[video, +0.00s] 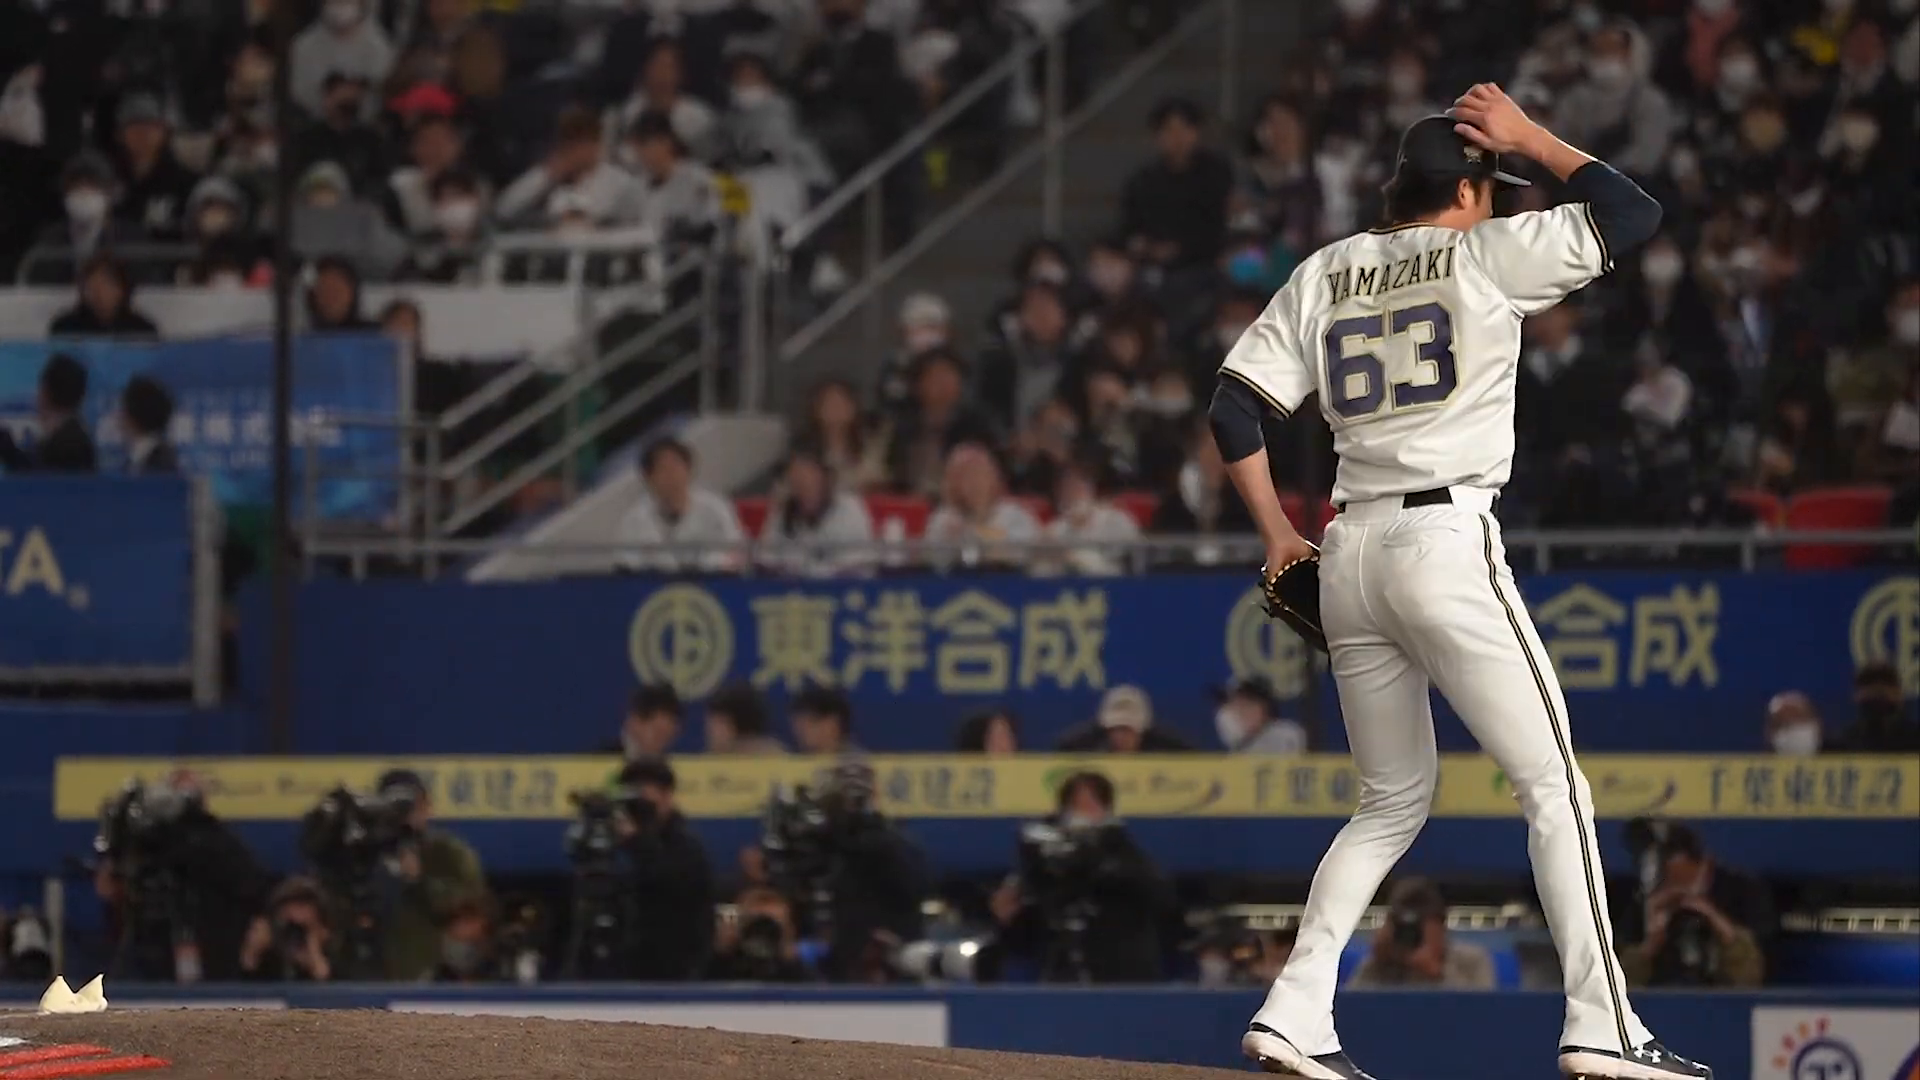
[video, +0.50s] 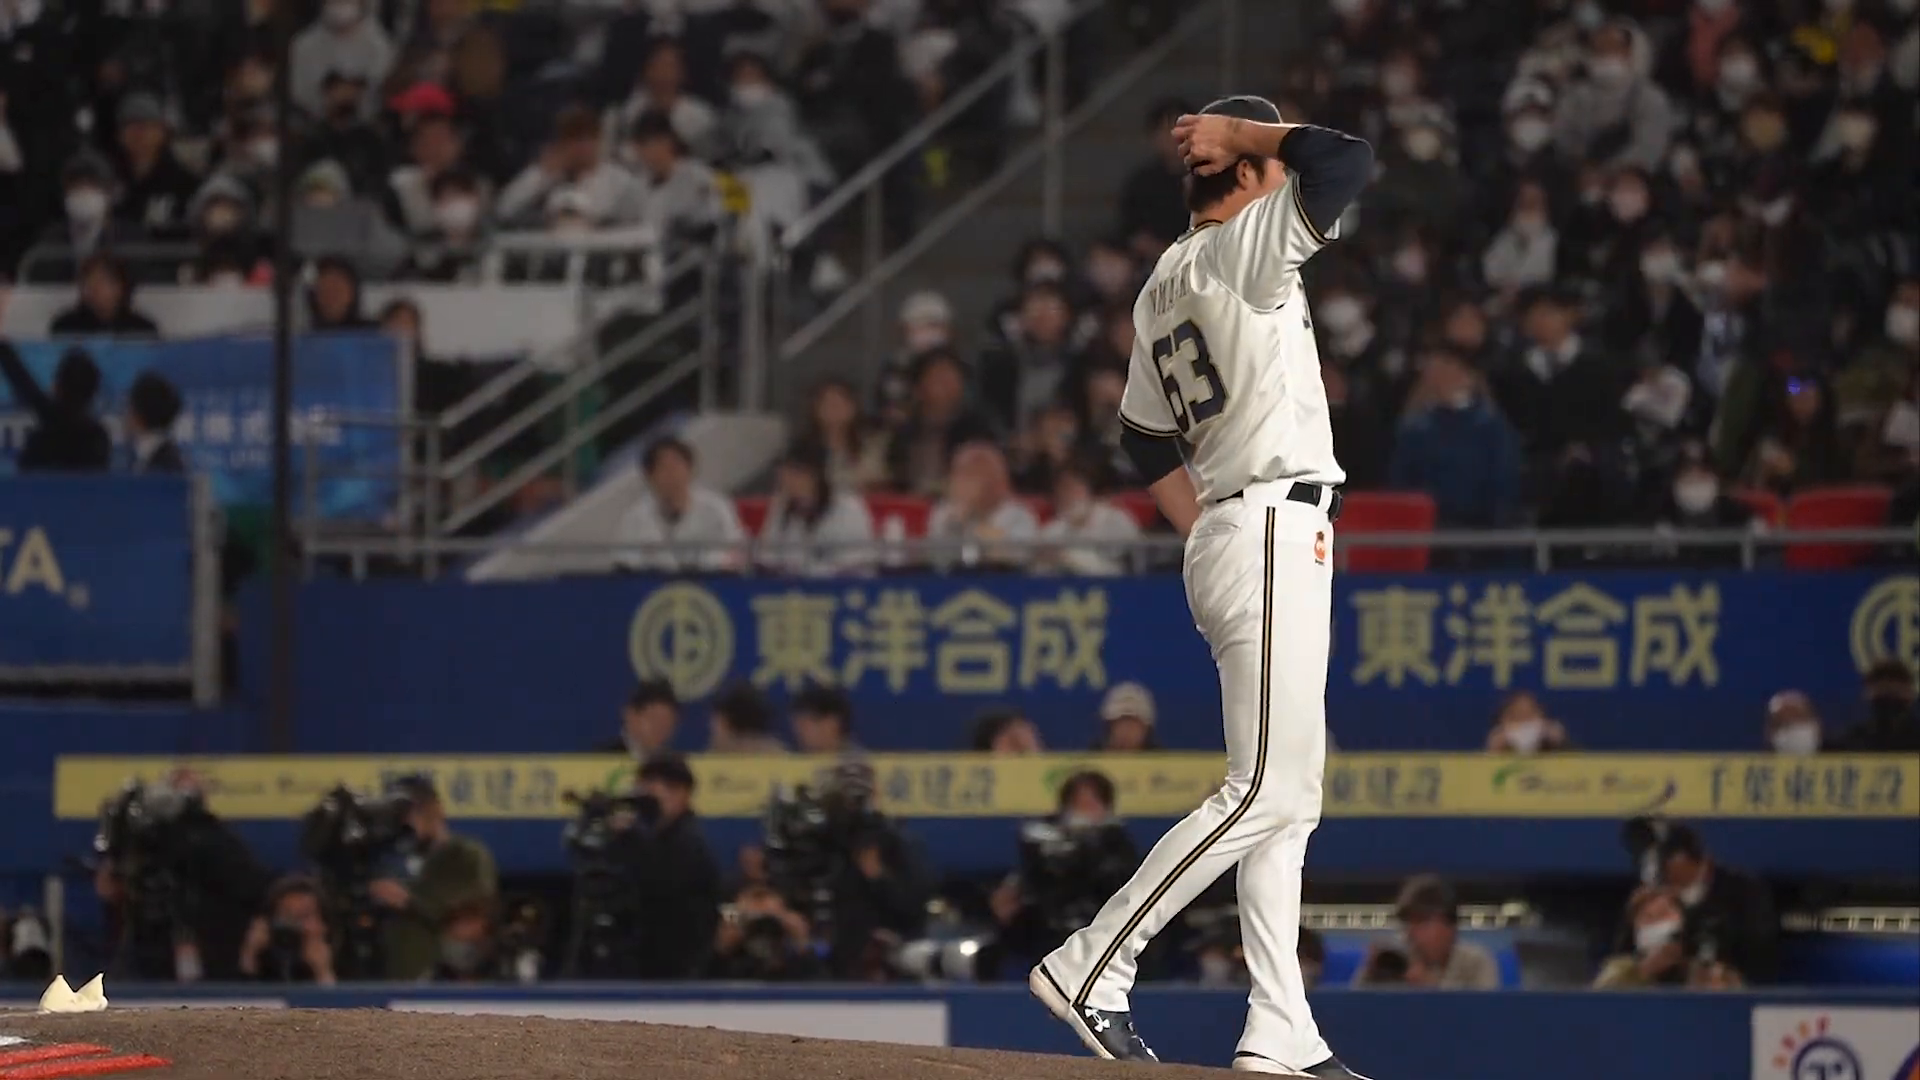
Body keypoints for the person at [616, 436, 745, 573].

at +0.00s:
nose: (671, 478)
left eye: (676, 469)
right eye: (662, 471)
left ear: (688, 472)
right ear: (648, 478)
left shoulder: (716, 510)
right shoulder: (634, 517)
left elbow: (738, 557)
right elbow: (627, 564)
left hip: (709, 592)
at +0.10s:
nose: (671, 479)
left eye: (676, 469)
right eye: (663, 471)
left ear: (688, 473)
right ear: (649, 478)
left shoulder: (716, 510)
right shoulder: (635, 518)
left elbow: (737, 557)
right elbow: (626, 565)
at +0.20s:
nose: (671, 478)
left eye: (676, 468)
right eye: (662, 470)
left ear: (688, 472)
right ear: (648, 478)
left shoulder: (716, 510)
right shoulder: (635, 517)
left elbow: (738, 557)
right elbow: (626, 564)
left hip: (709, 592)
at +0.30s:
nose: (670, 477)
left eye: (676, 468)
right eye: (662, 470)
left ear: (688, 471)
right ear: (648, 478)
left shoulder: (717, 510)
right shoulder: (635, 517)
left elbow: (738, 556)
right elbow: (626, 565)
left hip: (709, 592)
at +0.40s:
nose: (671, 478)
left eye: (676, 468)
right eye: (662, 470)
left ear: (688, 471)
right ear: (648, 478)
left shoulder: (717, 510)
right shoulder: (634, 518)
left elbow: (738, 556)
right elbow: (625, 564)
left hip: (709, 592)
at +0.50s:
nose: (671, 477)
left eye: (676, 467)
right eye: (663, 469)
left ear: (689, 471)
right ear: (649, 476)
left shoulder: (717, 509)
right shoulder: (635, 516)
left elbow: (738, 555)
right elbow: (625, 563)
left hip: (710, 592)